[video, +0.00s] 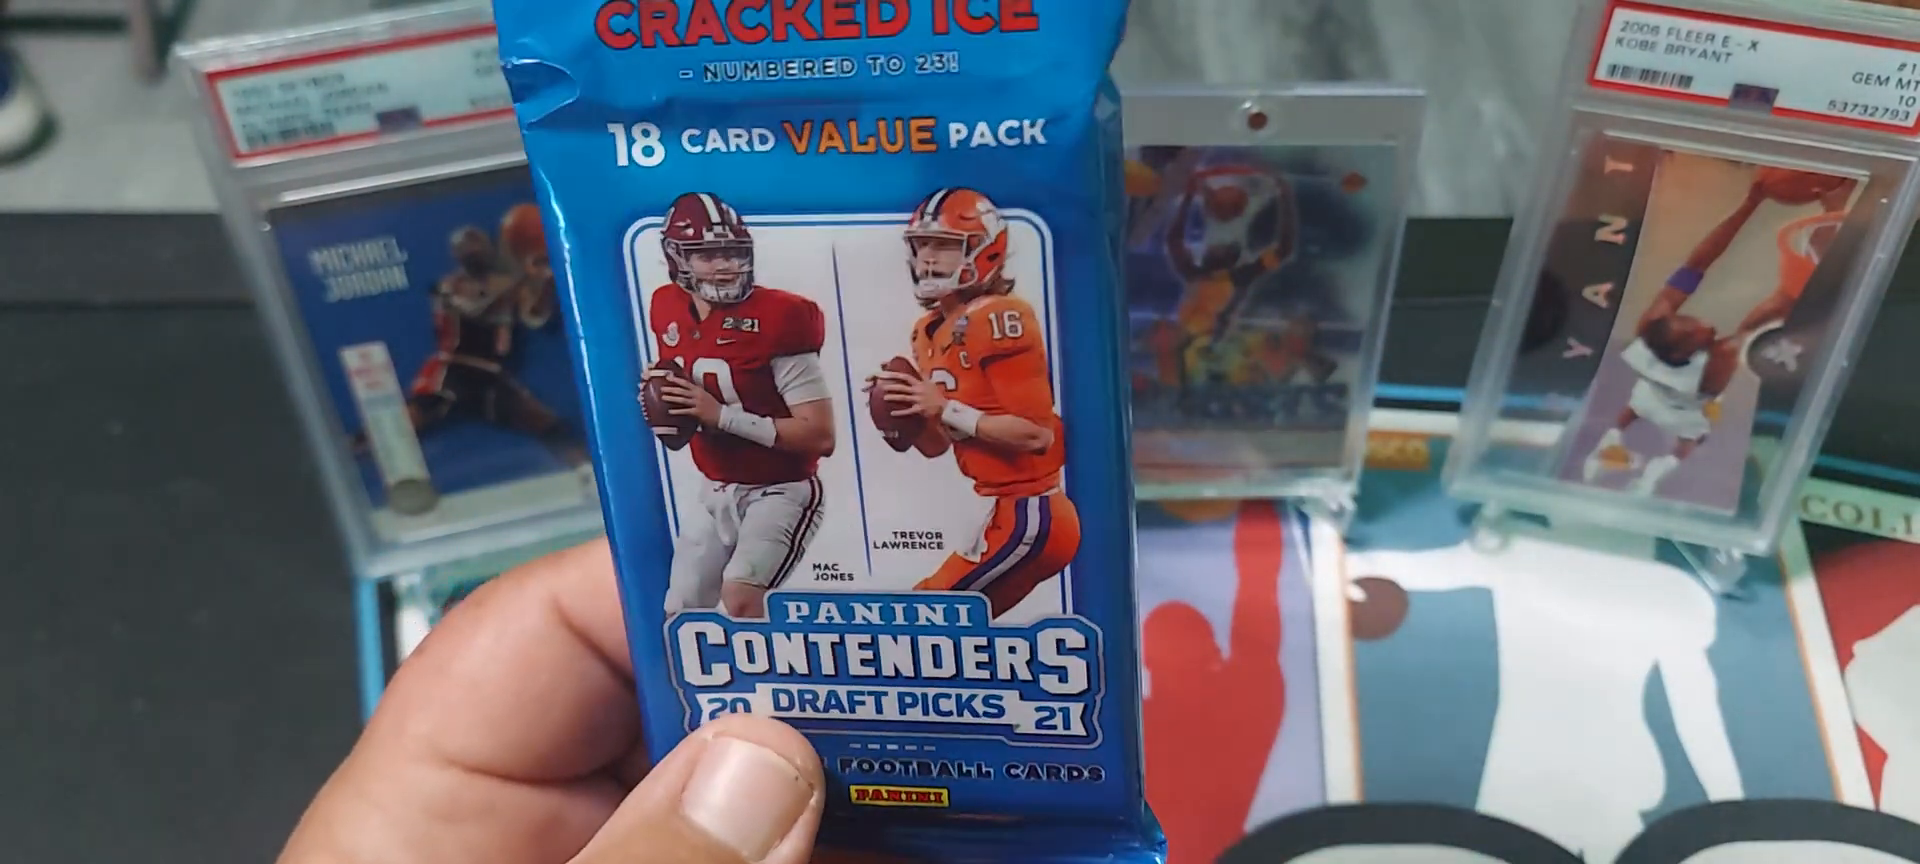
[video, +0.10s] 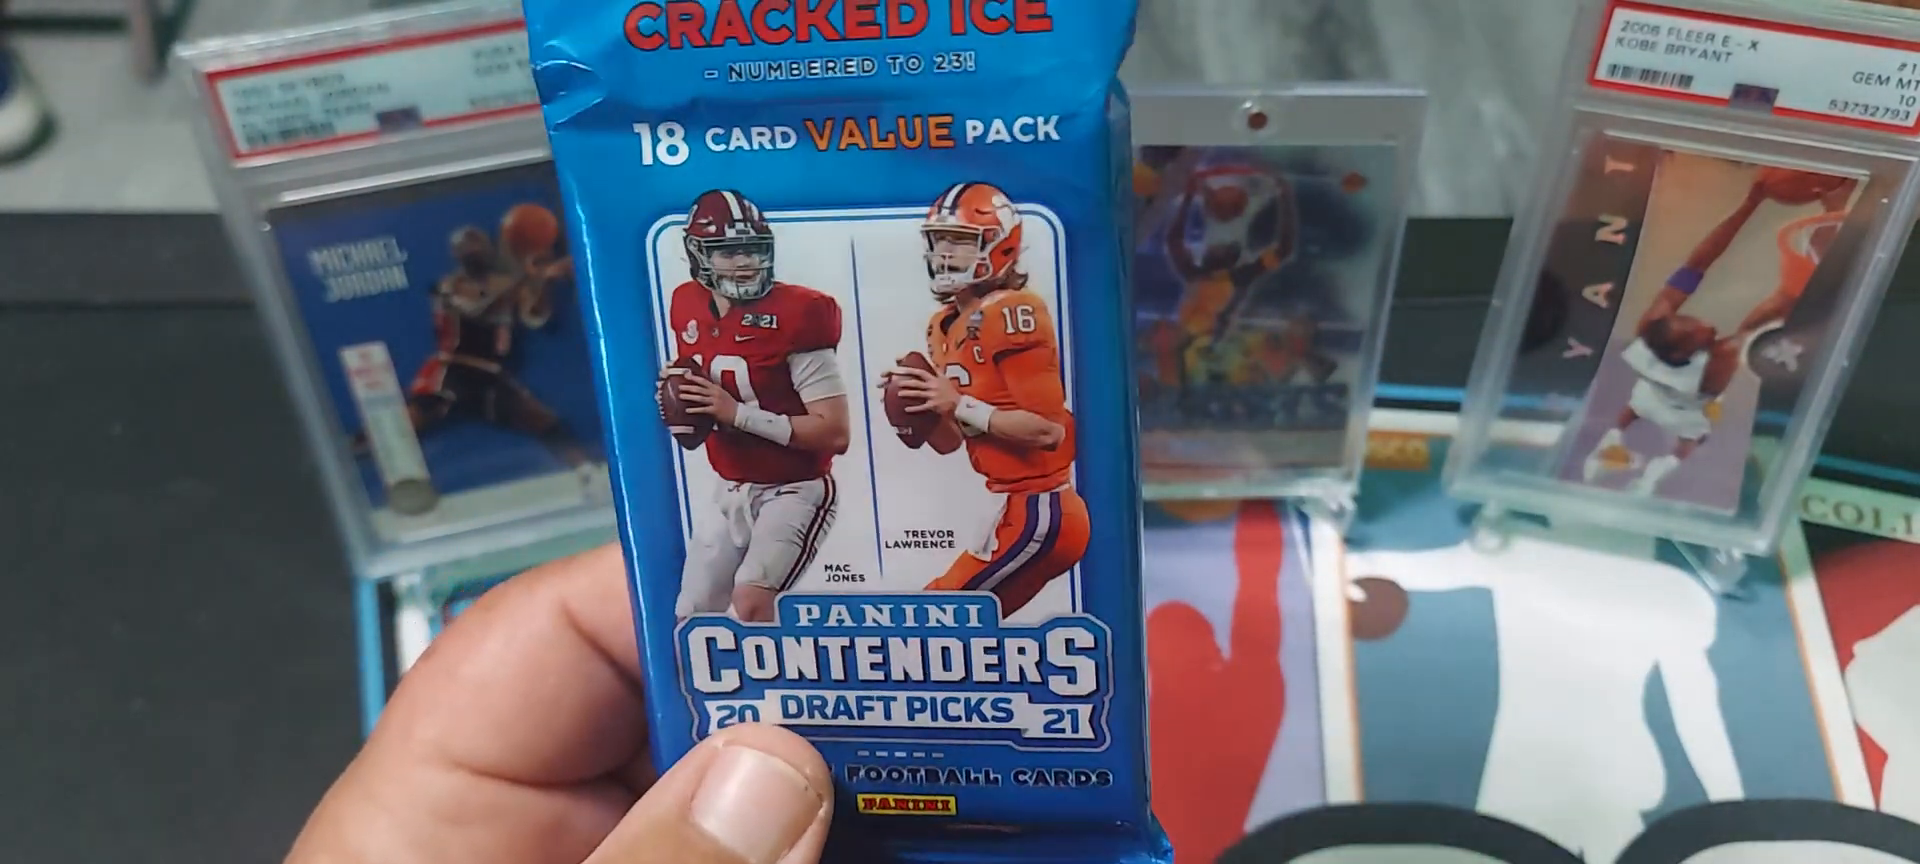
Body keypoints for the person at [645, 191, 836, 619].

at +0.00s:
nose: (723, 264)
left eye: (731, 252)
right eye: (708, 254)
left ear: (746, 254)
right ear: (679, 261)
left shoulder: (783, 316)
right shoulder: (667, 307)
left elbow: (820, 436)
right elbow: (676, 439)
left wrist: (719, 415)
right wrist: (657, 400)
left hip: (783, 491)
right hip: (714, 491)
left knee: (740, 596)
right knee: (681, 614)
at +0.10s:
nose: (742, 263)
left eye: (751, 250)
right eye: (728, 252)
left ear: (766, 253)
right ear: (700, 257)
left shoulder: (801, 313)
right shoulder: (687, 305)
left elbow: (835, 433)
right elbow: (691, 437)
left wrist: (735, 413)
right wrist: (675, 399)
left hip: (797, 490)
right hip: (730, 491)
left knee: (751, 602)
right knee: (693, 616)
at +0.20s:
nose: (743, 277)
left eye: (751, 264)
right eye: (728, 267)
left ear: (766, 267)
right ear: (700, 273)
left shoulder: (801, 327)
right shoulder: (686, 319)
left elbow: (835, 448)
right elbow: (693, 448)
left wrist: (735, 427)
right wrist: (674, 410)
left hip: (797, 503)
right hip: (728, 503)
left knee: (752, 611)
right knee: (693, 629)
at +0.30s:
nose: (745, 293)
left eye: (753, 281)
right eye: (731, 283)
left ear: (768, 283)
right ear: (702, 290)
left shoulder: (803, 344)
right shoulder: (689, 335)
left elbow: (839, 463)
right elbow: (696, 463)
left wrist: (739, 442)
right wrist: (677, 423)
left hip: (801, 517)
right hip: (733, 517)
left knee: (757, 621)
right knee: (699, 638)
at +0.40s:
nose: (765, 310)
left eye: (774, 298)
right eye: (750, 300)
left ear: (788, 300)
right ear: (722, 306)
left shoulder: (821, 359)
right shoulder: (709, 351)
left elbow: (856, 476)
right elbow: (714, 477)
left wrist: (757, 455)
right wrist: (697, 439)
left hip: (818, 530)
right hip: (751, 529)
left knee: (772, 633)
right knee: (715, 648)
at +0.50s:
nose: (800, 313)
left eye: (810, 302)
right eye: (788, 302)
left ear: (825, 304)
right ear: (761, 304)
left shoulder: (854, 363)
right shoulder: (746, 351)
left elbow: (882, 479)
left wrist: (786, 455)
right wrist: (728, 437)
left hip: (842, 534)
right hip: (775, 532)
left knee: (791, 637)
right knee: (733, 651)